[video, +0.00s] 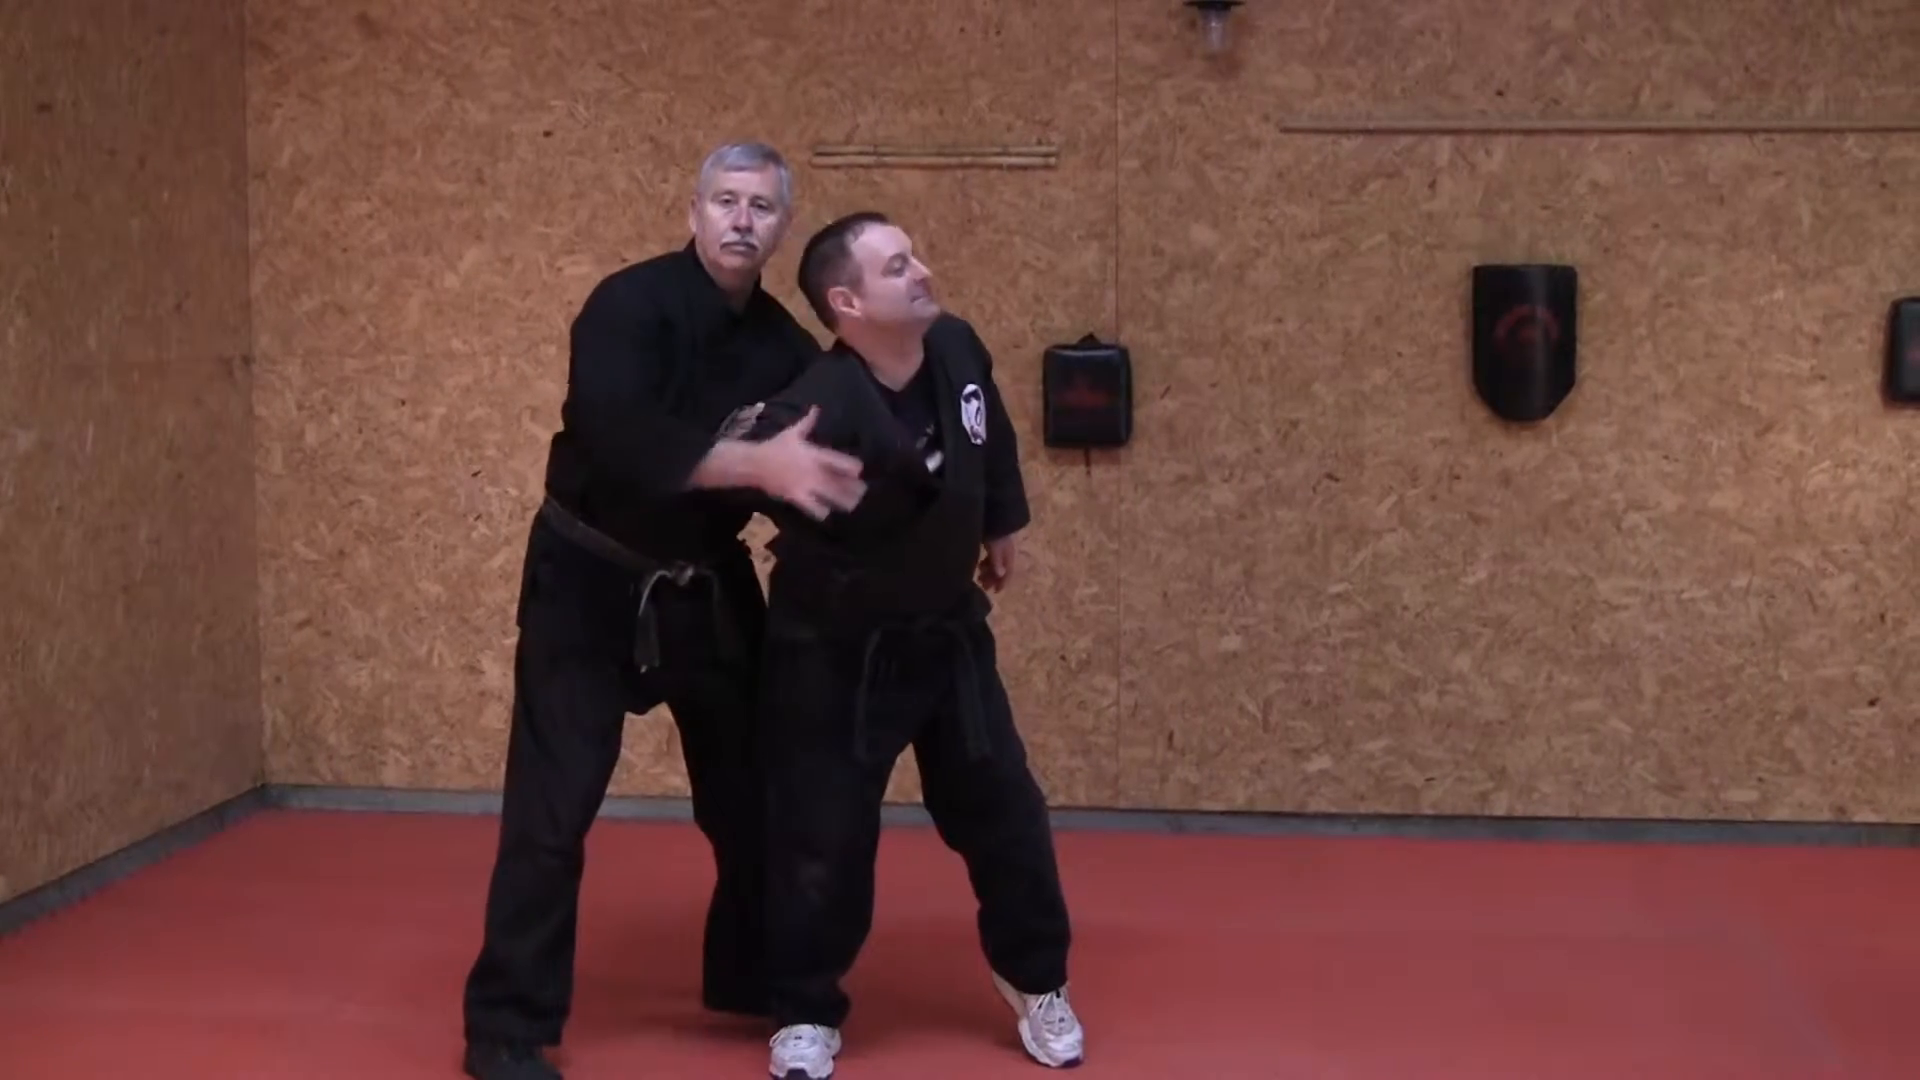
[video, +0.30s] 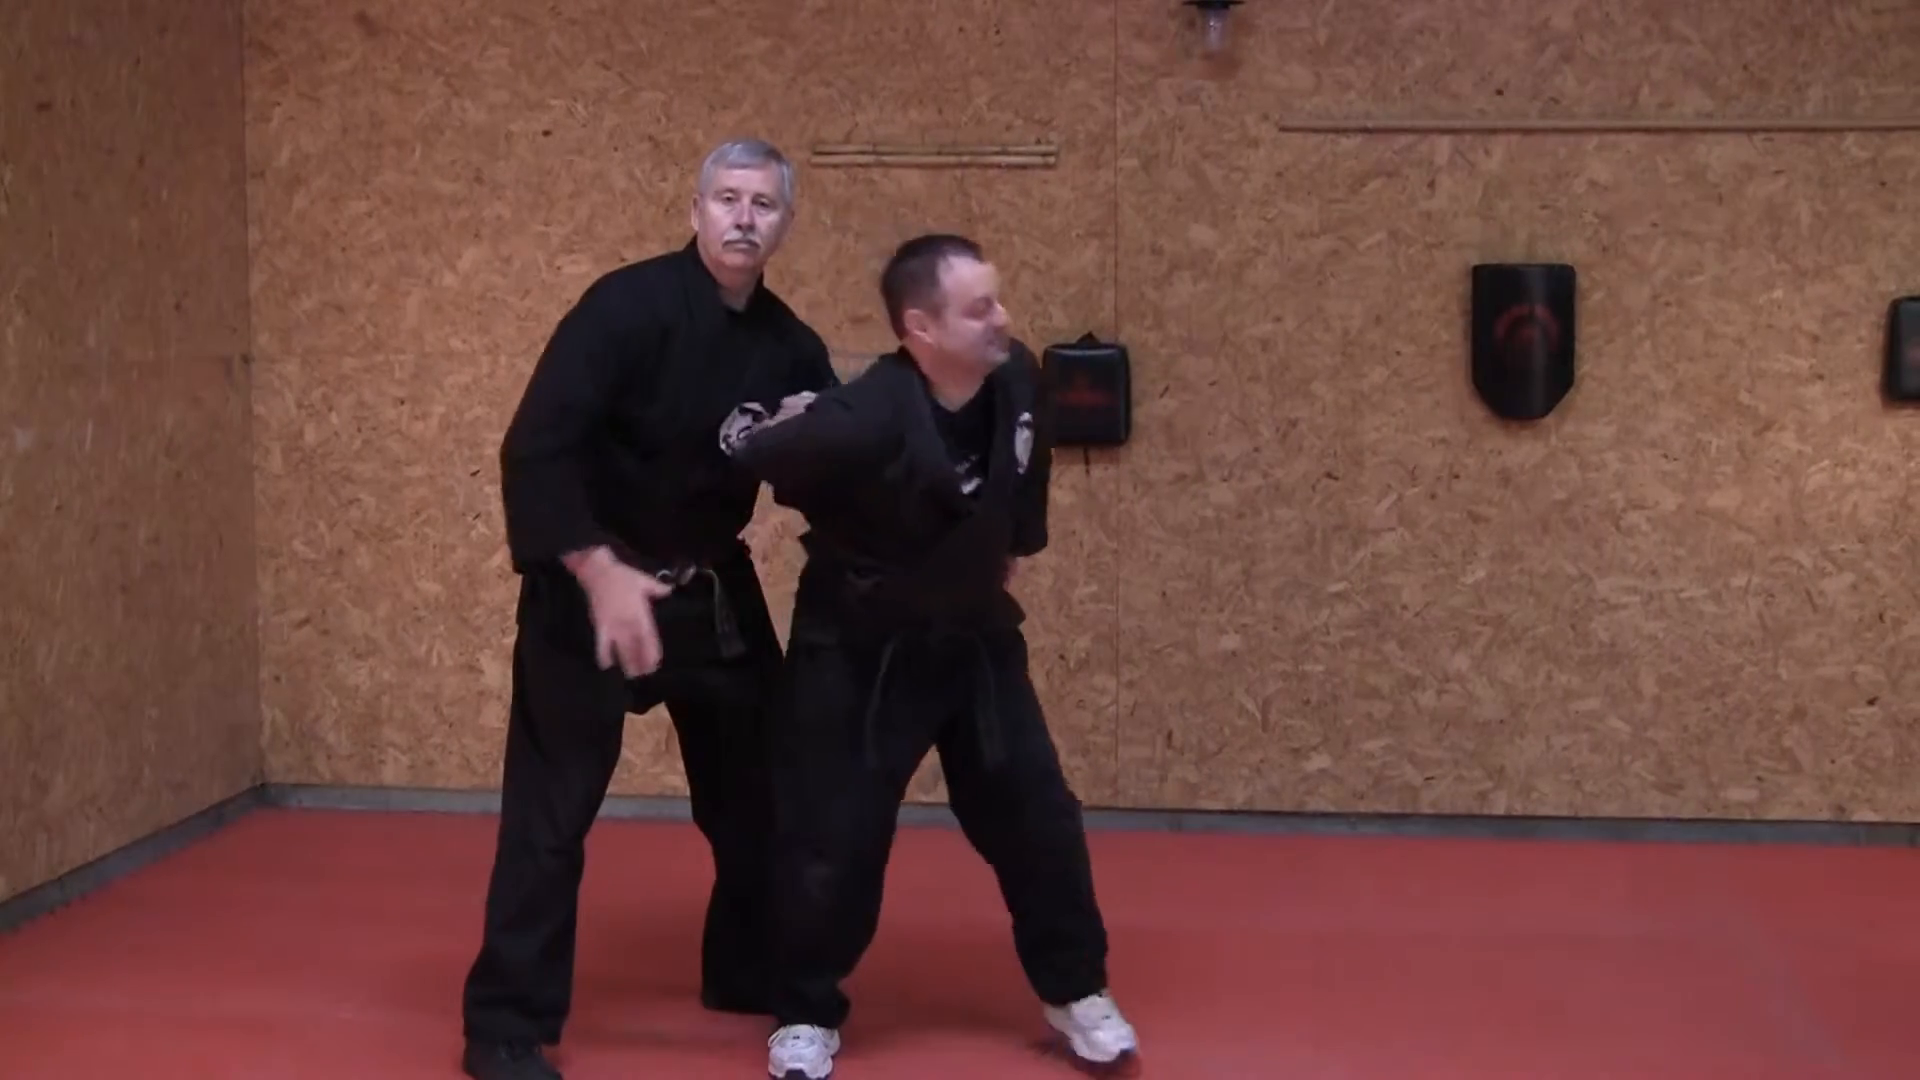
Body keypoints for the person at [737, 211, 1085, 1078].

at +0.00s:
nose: (922, 273)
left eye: (916, 259)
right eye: (897, 268)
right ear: (845, 305)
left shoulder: (954, 347)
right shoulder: (815, 410)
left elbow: (991, 436)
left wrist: (1004, 524)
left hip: (944, 631)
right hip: (831, 648)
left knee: (1003, 808)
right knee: (821, 832)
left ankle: (1038, 983)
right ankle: (806, 1014)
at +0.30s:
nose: (1002, 319)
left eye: (999, 302)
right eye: (981, 310)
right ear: (919, 330)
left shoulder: (1013, 375)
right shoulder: (863, 419)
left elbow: (1025, 460)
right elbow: (759, 454)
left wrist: (1021, 541)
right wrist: (772, 434)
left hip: (973, 634)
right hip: (861, 645)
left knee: (1037, 812)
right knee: (835, 829)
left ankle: (1074, 989)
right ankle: (807, 1015)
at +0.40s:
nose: (1053, 344)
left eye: (1052, 327)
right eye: (1031, 332)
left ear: (1055, 325)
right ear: (970, 340)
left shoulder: (1063, 408)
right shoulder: (903, 417)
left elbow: (1056, 537)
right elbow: (793, 445)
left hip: (997, 651)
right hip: (882, 655)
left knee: (1046, 830)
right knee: (839, 833)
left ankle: (1092, 1011)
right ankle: (807, 1015)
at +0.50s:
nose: (1104, 372)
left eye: (1113, 352)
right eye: (1082, 354)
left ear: (1121, 347)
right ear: (1025, 349)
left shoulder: (1119, 426)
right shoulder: (952, 413)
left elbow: (1119, 518)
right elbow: (827, 437)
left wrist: (1102, 590)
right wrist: (878, 489)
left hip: (1040, 652)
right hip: (918, 652)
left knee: (1077, 838)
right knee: (854, 828)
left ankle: (1101, 1018)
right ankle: (807, 1013)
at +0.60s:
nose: (1130, 380)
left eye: (1148, 361)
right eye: (1113, 357)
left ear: (1164, 358)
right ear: (1073, 341)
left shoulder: (1169, 435)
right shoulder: (989, 400)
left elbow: (1182, 540)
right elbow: (871, 442)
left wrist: (1164, 634)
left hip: (1083, 653)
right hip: (958, 644)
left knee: (1105, 840)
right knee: (880, 819)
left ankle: (1105, 1023)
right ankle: (819, 1000)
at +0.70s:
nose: (1134, 363)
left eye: (1158, 348)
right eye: (1122, 340)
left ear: (1185, 348)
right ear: (1099, 324)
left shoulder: (1206, 435)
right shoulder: (1019, 386)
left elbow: (1239, 542)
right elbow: (924, 437)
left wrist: (1243, 651)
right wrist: (908, 505)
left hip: (1120, 650)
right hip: (992, 634)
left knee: (1125, 831)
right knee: (924, 806)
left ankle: (1104, 1023)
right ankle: (898, 981)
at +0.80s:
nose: (1124, 327)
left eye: (1149, 316)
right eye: (1120, 306)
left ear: (1196, 322)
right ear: (1109, 296)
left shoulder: (1231, 423)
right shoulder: (1046, 368)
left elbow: (1282, 542)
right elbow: (970, 440)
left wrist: (1286, 662)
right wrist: (933, 521)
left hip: (1149, 653)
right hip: (1025, 635)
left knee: (1142, 837)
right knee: (978, 808)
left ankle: (1106, 1021)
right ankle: (1009, 953)